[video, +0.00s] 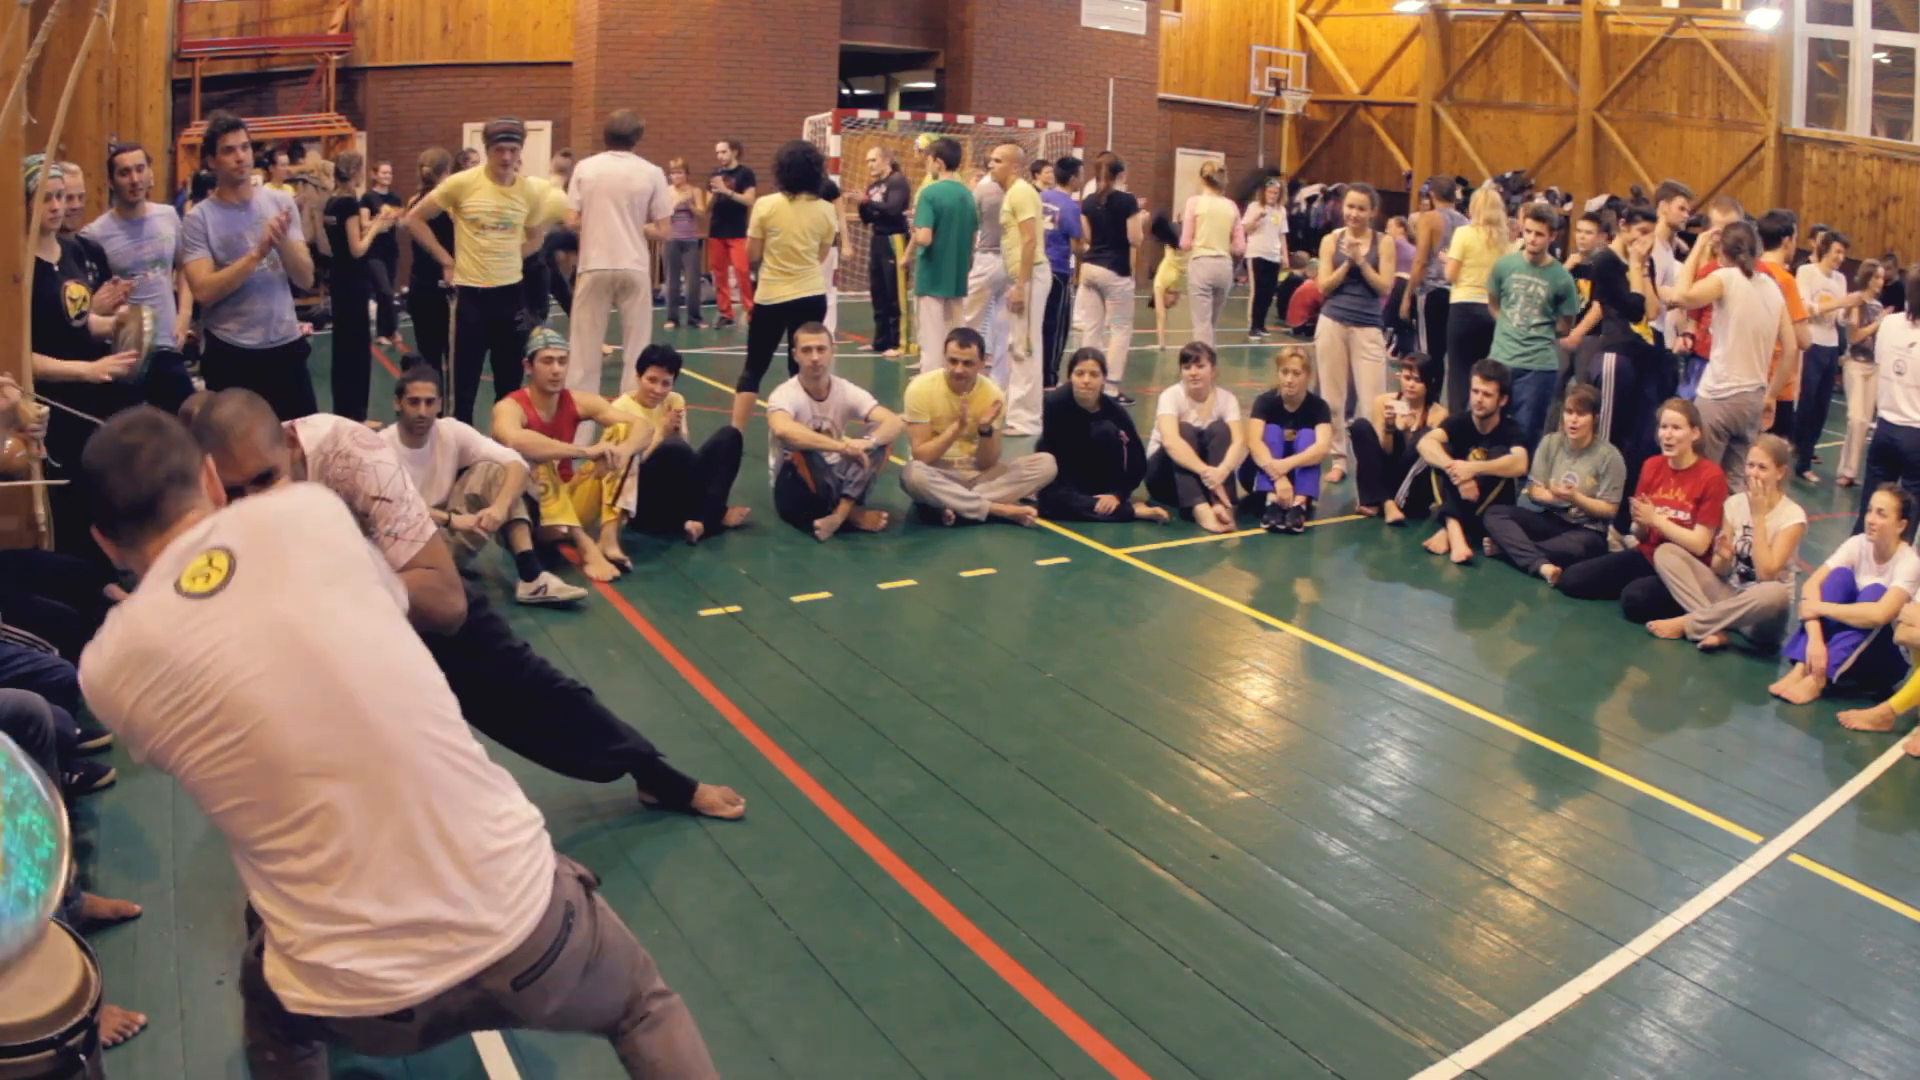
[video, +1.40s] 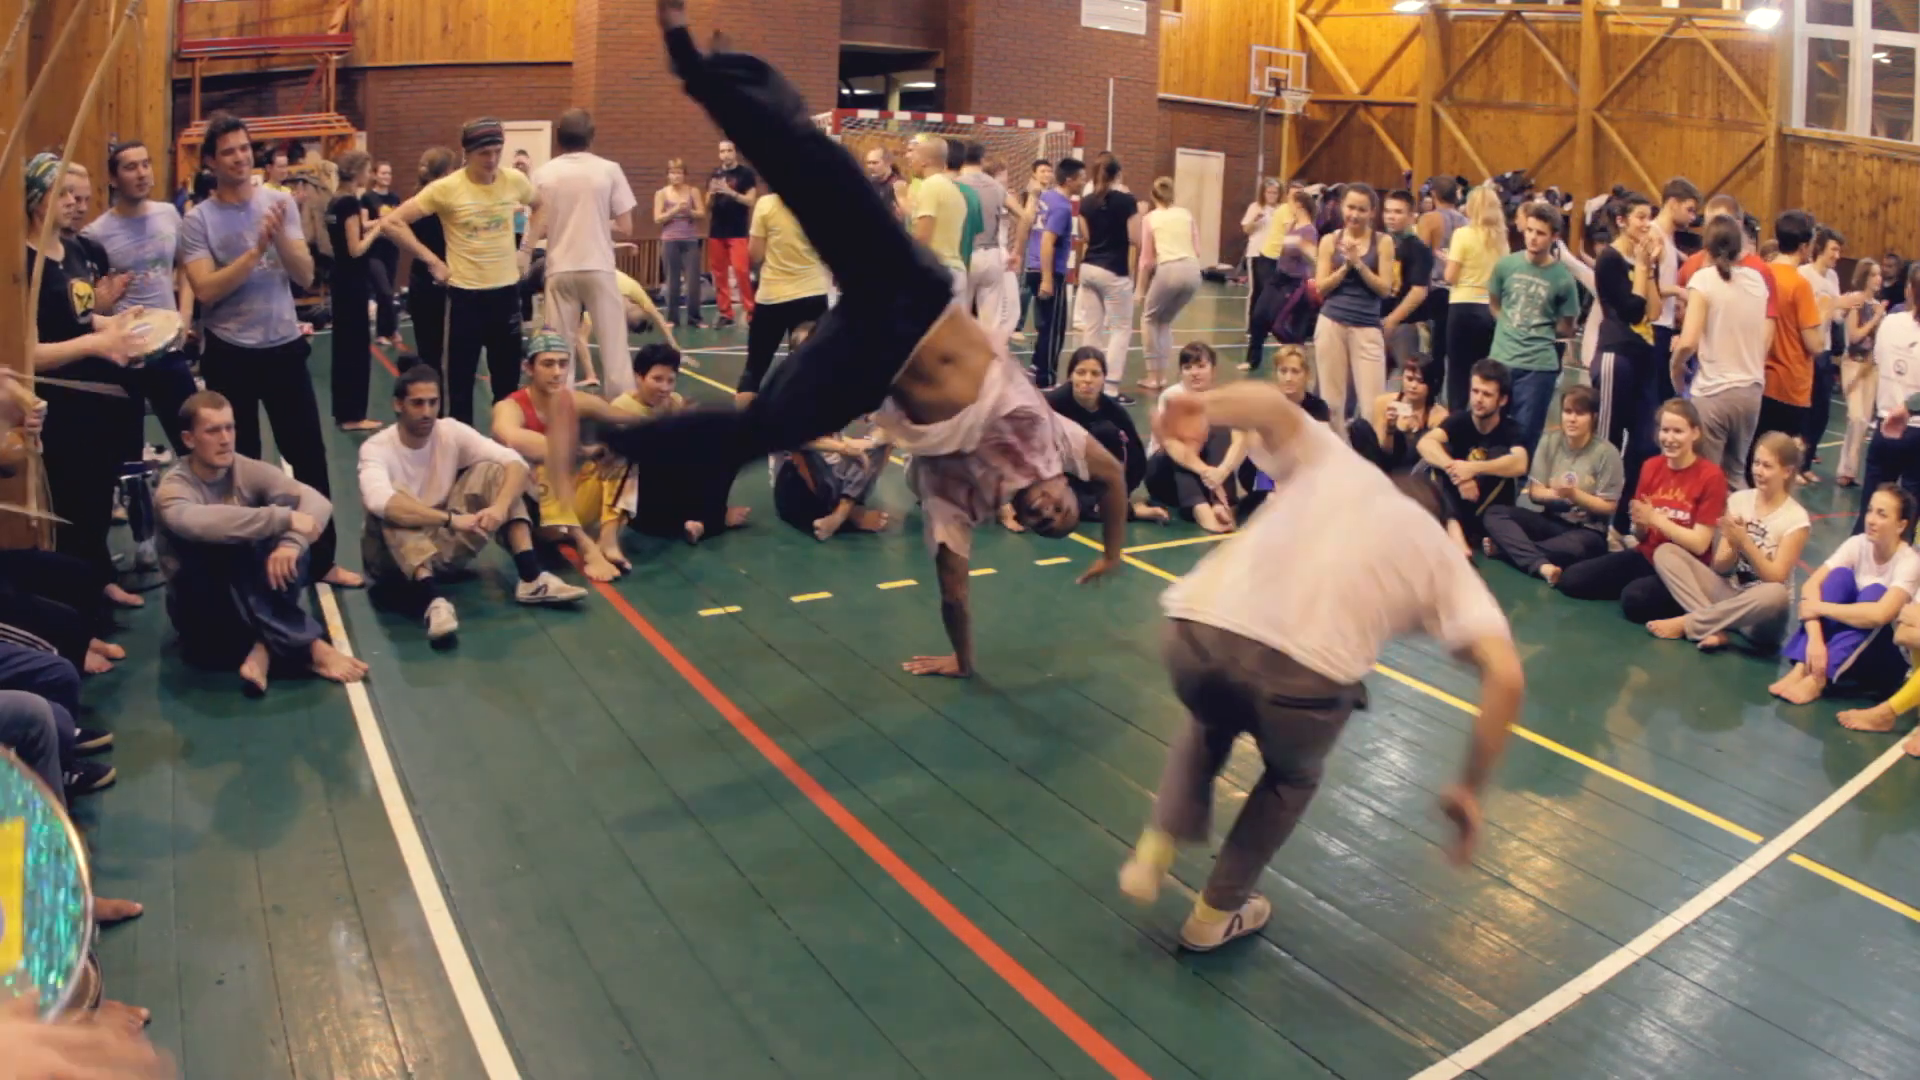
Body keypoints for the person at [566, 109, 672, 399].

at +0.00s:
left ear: (606, 136)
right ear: (637, 139)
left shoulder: (585, 168)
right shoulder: (652, 173)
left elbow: (572, 219)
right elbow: (663, 231)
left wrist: (598, 225)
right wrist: (635, 225)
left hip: (594, 266)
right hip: (635, 266)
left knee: (585, 345)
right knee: (637, 346)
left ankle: (580, 420)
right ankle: (631, 421)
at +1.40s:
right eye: (592, 134)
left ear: (559, 137)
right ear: (591, 137)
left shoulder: (543, 173)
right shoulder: (609, 170)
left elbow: (536, 230)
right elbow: (625, 227)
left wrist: (562, 225)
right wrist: (597, 226)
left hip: (559, 269)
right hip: (598, 267)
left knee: (559, 347)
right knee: (613, 345)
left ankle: (560, 414)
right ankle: (622, 413)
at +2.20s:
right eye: (585, 133)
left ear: (551, 136)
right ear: (584, 137)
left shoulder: (533, 174)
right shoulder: (601, 170)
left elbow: (529, 224)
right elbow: (615, 227)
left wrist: (531, 257)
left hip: (550, 269)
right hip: (591, 267)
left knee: (553, 350)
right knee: (603, 347)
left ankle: (553, 414)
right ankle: (608, 413)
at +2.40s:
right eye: (584, 134)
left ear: (551, 138)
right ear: (583, 138)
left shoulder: (535, 174)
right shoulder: (601, 169)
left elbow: (531, 232)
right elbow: (617, 227)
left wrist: (558, 230)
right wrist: (590, 225)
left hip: (554, 267)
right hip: (591, 264)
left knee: (558, 343)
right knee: (606, 340)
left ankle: (559, 409)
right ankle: (607, 406)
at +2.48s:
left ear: (551, 138)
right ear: (584, 137)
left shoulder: (536, 175)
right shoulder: (602, 168)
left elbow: (534, 231)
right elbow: (619, 225)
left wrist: (558, 228)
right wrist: (593, 222)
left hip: (556, 268)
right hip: (593, 265)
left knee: (558, 347)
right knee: (608, 344)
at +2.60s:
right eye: (588, 133)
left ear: (555, 137)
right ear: (587, 136)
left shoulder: (541, 174)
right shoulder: (605, 168)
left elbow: (531, 230)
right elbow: (620, 225)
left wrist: (560, 225)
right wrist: (597, 217)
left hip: (558, 269)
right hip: (596, 266)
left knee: (561, 347)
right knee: (610, 344)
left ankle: (563, 406)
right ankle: (611, 405)